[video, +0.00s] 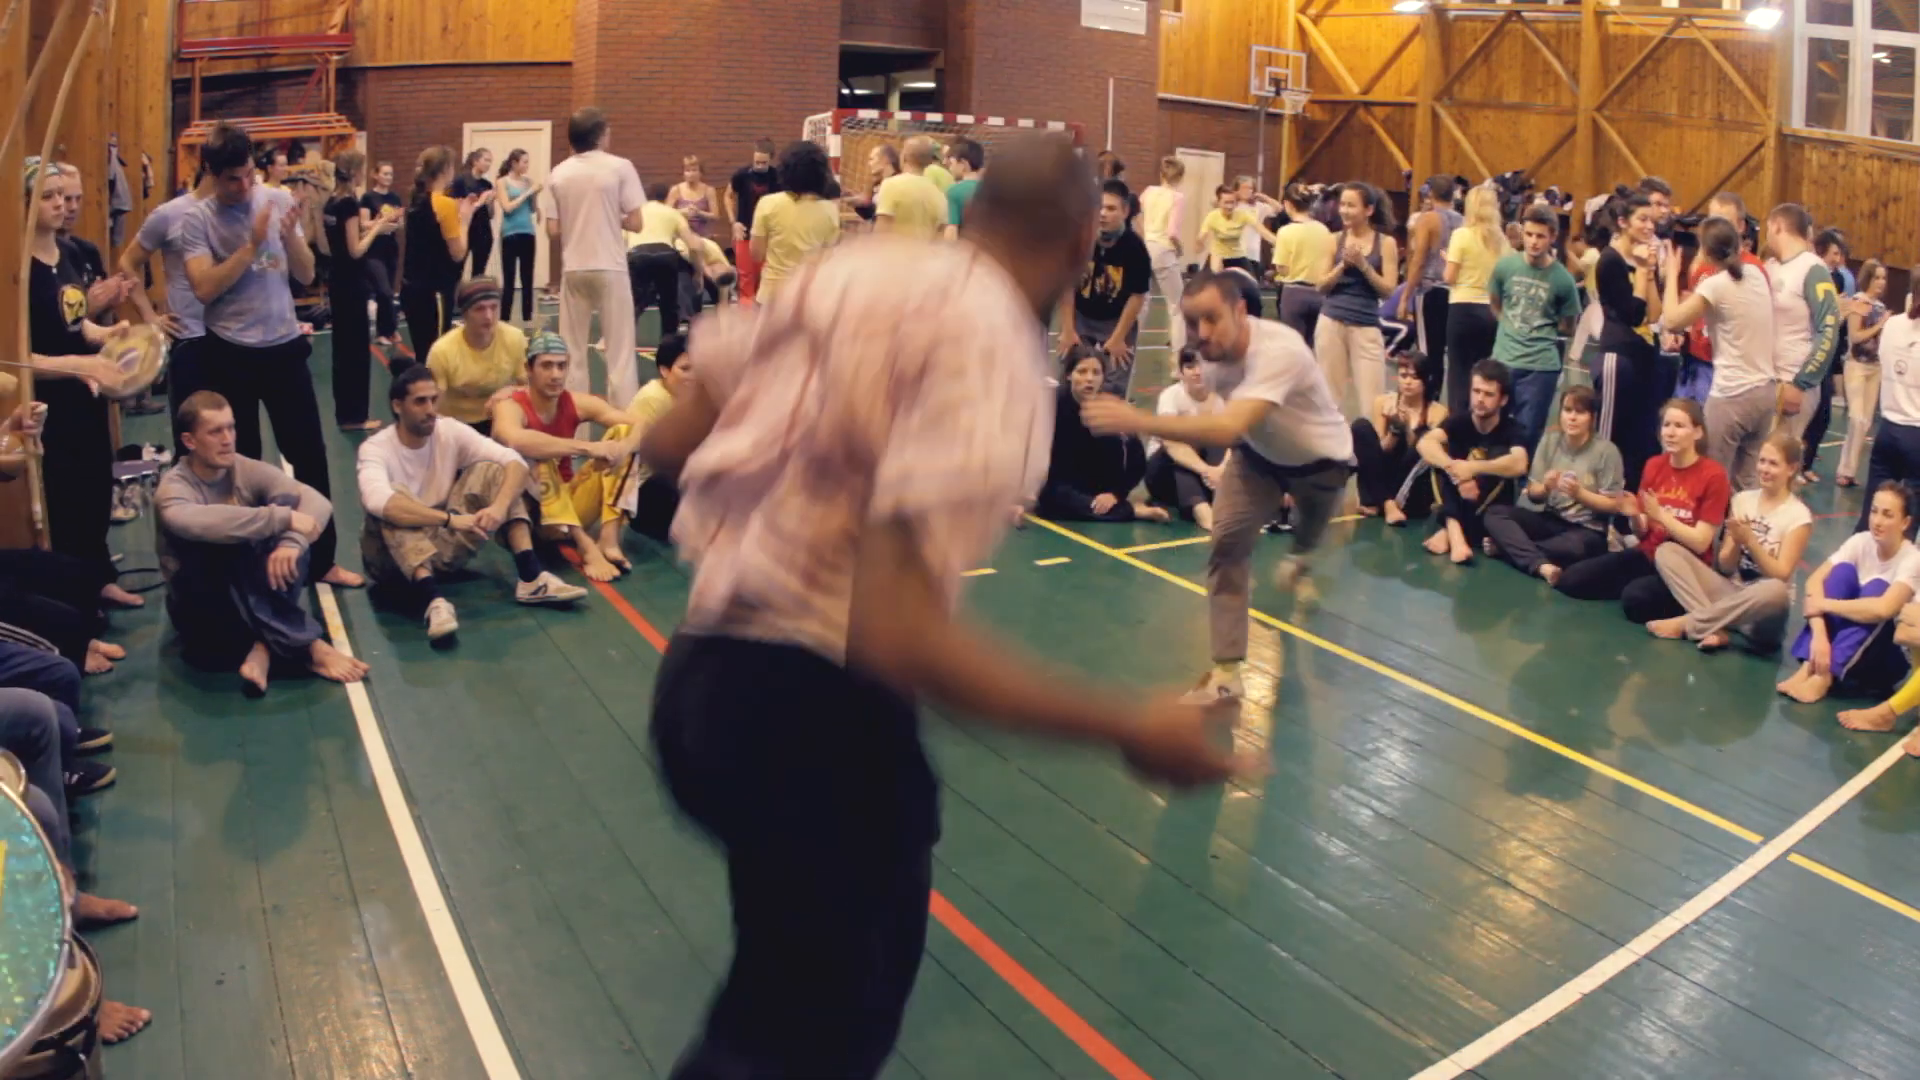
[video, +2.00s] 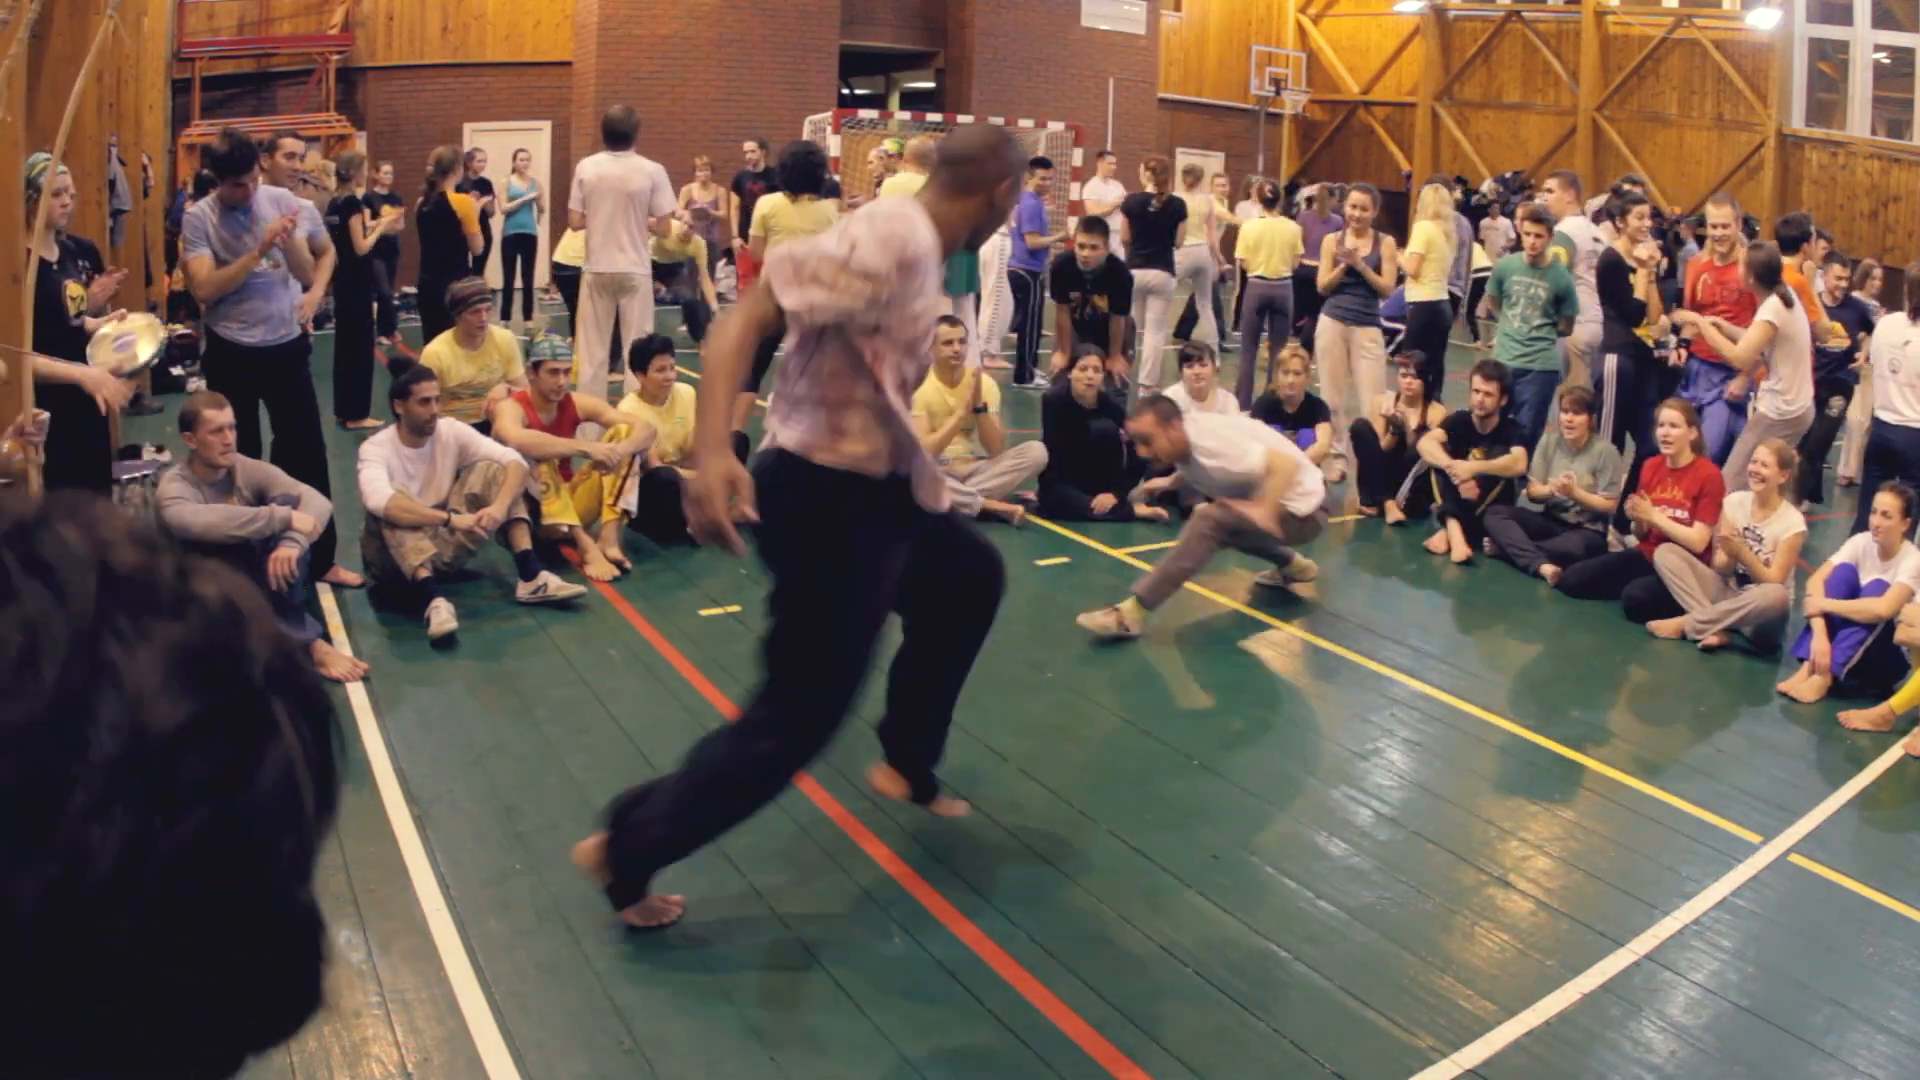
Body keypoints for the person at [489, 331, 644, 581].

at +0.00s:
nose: (556, 374)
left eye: (561, 366)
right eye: (546, 366)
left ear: (568, 369)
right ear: (528, 369)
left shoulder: (578, 403)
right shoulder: (510, 405)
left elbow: (639, 423)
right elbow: (513, 439)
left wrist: (624, 448)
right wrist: (587, 447)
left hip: (568, 508)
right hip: (524, 511)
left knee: (622, 435)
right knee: (542, 464)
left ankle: (609, 538)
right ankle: (586, 546)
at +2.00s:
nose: (562, 381)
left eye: (567, 373)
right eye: (553, 373)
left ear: (572, 372)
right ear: (532, 373)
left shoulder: (578, 403)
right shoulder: (510, 407)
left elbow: (646, 429)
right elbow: (512, 438)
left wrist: (622, 449)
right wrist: (585, 447)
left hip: (572, 504)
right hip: (528, 511)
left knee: (624, 431)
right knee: (542, 465)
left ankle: (609, 536)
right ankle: (586, 545)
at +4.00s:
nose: (564, 380)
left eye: (568, 372)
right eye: (555, 372)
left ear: (573, 371)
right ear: (532, 373)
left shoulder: (580, 402)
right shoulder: (509, 408)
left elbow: (645, 427)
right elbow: (508, 438)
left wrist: (627, 450)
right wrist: (582, 452)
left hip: (570, 506)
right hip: (527, 511)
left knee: (621, 436)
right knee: (540, 464)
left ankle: (609, 537)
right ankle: (586, 546)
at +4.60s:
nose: (561, 381)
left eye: (566, 372)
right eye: (552, 373)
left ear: (571, 371)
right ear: (530, 372)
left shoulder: (578, 401)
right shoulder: (508, 408)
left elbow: (644, 427)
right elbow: (508, 439)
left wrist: (626, 450)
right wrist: (582, 452)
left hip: (570, 507)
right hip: (526, 512)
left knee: (624, 433)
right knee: (539, 465)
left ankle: (609, 537)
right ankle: (586, 546)